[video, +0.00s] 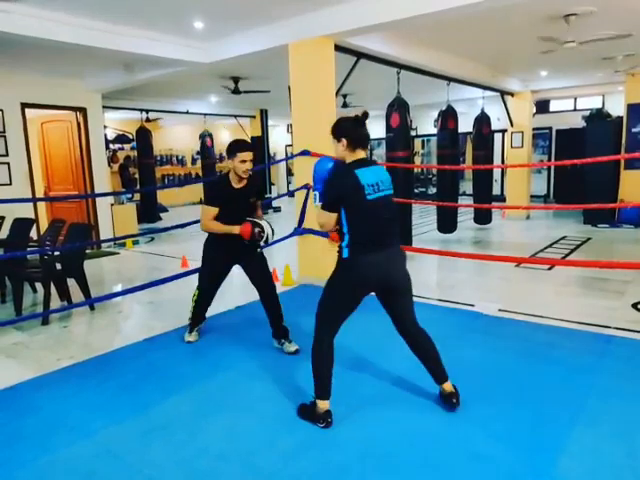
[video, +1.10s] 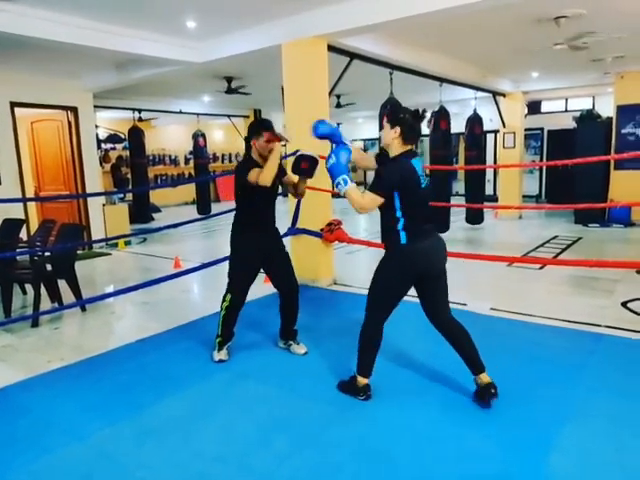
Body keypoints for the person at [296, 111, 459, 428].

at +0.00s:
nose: (333, 148)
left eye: (335, 143)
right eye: (334, 142)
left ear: (345, 144)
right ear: (364, 142)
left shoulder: (340, 176)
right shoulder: (381, 171)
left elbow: (326, 222)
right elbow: (367, 214)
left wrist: (311, 209)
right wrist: (333, 228)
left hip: (357, 268)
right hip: (392, 263)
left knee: (324, 331)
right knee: (410, 327)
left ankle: (321, 407)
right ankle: (448, 389)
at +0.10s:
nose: (352, 144)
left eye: (354, 139)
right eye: (352, 139)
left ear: (365, 138)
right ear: (380, 138)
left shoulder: (363, 173)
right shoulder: (400, 162)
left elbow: (347, 217)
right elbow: (382, 207)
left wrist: (336, 218)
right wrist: (347, 220)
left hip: (381, 263)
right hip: (418, 256)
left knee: (353, 332)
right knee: (424, 325)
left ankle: (332, 403)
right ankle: (451, 392)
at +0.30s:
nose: (379, 130)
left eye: (381, 124)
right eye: (380, 124)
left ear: (392, 125)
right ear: (408, 124)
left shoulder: (386, 158)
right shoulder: (426, 152)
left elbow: (368, 204)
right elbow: (413, 191)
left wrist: (367, 179)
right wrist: (376, 177)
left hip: (410, 250)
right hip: (443, 241)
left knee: (399, 323)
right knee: (439, 307)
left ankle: (417, 395)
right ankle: (469, 374)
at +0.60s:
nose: (416, 145)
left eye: (418, 140)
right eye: (416, 140)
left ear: (432, 141)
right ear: (442, 140)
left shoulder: (430, 178)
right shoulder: (463, 170)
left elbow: (405, 220)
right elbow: (445, 209)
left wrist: (399, 184)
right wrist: (415, 180)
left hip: (441, 265)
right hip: (475, 258)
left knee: (401, 320)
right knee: (479, 318)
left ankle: (417, 393)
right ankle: (513, 380)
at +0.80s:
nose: (416, 143)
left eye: (419, 138)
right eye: (418, 137)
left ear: (431, 141)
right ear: (444, 140)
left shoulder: (420, 173)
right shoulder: (460, 167)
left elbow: (377, 197)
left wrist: (368, 168)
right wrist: (383, 172)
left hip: (434, 262)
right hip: (470, 257)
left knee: (389, 311)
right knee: (475, 317)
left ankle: (376, 381)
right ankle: (510, 378)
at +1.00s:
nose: (387, 138)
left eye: (391, 133)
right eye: (388, 133)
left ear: (404, 137)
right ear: (416, 138)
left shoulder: (389, 165)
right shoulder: (431, 164)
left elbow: (346, 177)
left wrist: (329, 155)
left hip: (408, 258)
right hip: (442, 252)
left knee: (375, 315)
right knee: (457, 315)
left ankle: (362, 381)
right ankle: (497, 376)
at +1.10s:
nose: (381, 133)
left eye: (384, 128)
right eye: (383, 128)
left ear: (396, 133)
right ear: (403, 135)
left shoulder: (393, 168)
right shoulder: (410, 160)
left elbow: (364, 204)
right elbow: (363, 159)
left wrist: (341, 177)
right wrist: (338, 140)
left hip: (403, 254)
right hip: (431, 248)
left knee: (374, 316)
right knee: (441, 316)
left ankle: (361, 381)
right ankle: (483, 379)